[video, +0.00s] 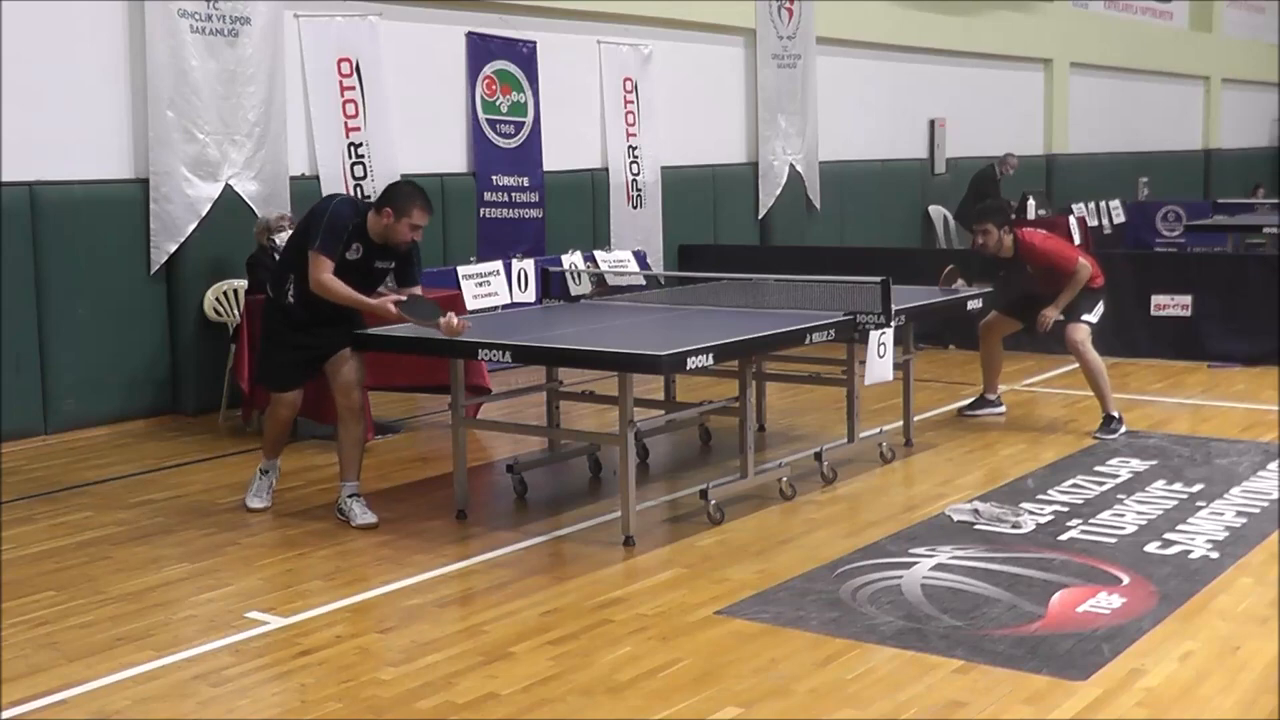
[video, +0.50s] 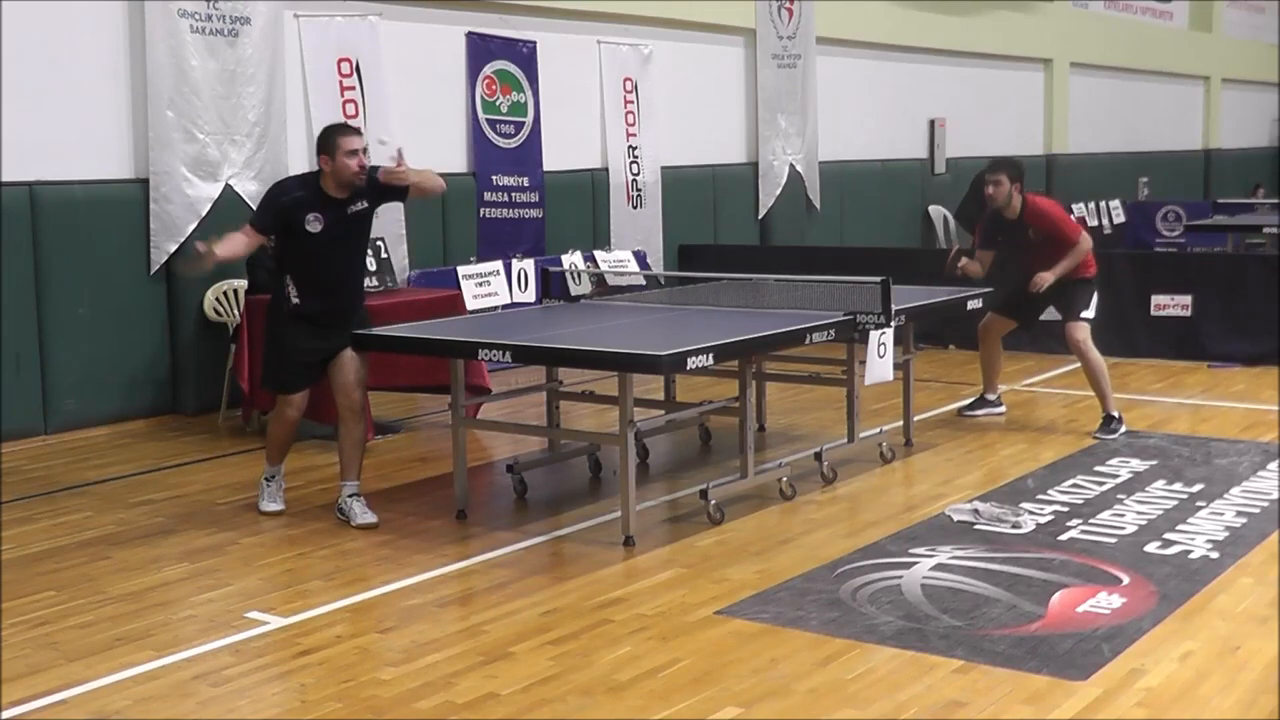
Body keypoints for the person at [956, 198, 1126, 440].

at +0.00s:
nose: (978, 240)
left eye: (985, 233)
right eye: (975, 234)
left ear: (1005, 232)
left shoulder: (1037, 245)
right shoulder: (990, 254)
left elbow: (1084, 269)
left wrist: (1056, 307)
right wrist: (962, 273)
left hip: (1086, 289)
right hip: (1043, 291)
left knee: (1076, 339)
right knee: (989, 328)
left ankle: (1111, 416)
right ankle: (990, 398)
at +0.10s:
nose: (979, 234)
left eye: (985, 227)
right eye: (976, 228)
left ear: (1006, 226)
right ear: (974, 228)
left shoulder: (1036, 241)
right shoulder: (983, 248)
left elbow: (1084, 266)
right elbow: (994, 282)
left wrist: (1054, 304)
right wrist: (968, 283)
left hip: (1084, 288)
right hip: (1040, 290)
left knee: (1076, 339)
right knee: (988, 328)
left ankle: (1111, 416)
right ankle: (990, 398)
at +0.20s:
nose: (980, 228)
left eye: (986, 221)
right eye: (977, 222)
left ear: (1007, 221)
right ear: (975, 223)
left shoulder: (1037, 237)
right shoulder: (985, 242)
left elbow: (1084, 264)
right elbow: (983, 283)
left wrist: (1053, 300)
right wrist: (964, 283)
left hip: (1083, 286)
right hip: (1040, 288)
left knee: (1075, 339)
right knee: (987, 328)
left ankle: (1111, 416)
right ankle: (990, 398)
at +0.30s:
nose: (982, 214)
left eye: (989, 208)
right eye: (980, 208)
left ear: (1009, 209)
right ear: (977, 209)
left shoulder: (1038, 227)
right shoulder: (986, 231)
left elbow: (1084, 258)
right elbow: (980, 280)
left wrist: (1051, 291)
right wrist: (964, 278)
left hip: (1080, 283)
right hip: (1040, 285)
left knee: (1076, 340)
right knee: (987, 330)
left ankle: (1111, 415)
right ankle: (990, 398)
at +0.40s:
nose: (984, 205)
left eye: (991, 198)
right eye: (981, 198)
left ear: (1011, 199)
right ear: (978, 200)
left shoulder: (1039, 220)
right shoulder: (988, 227)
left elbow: (1083, 253)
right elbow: (978, 279)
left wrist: (1050, 284)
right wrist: (962, 273)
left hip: (1078, 280)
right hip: (1037, 282)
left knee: (1076, 339)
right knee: (988, 329)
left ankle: (1111, 415)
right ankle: (990, 398)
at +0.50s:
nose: (989, 191)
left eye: (996, 184)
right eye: (986, 185)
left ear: (1016, 187)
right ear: (985, 187)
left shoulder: (1043, 210)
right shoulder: (991, 220)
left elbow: (1085, 243)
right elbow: (980, 268)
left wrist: (1053, 274)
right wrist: (965, 264)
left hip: (1075, 278)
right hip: (1034, 281)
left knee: (1078, 339)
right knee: (988, 329)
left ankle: (1112, 416)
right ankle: (990, 397)